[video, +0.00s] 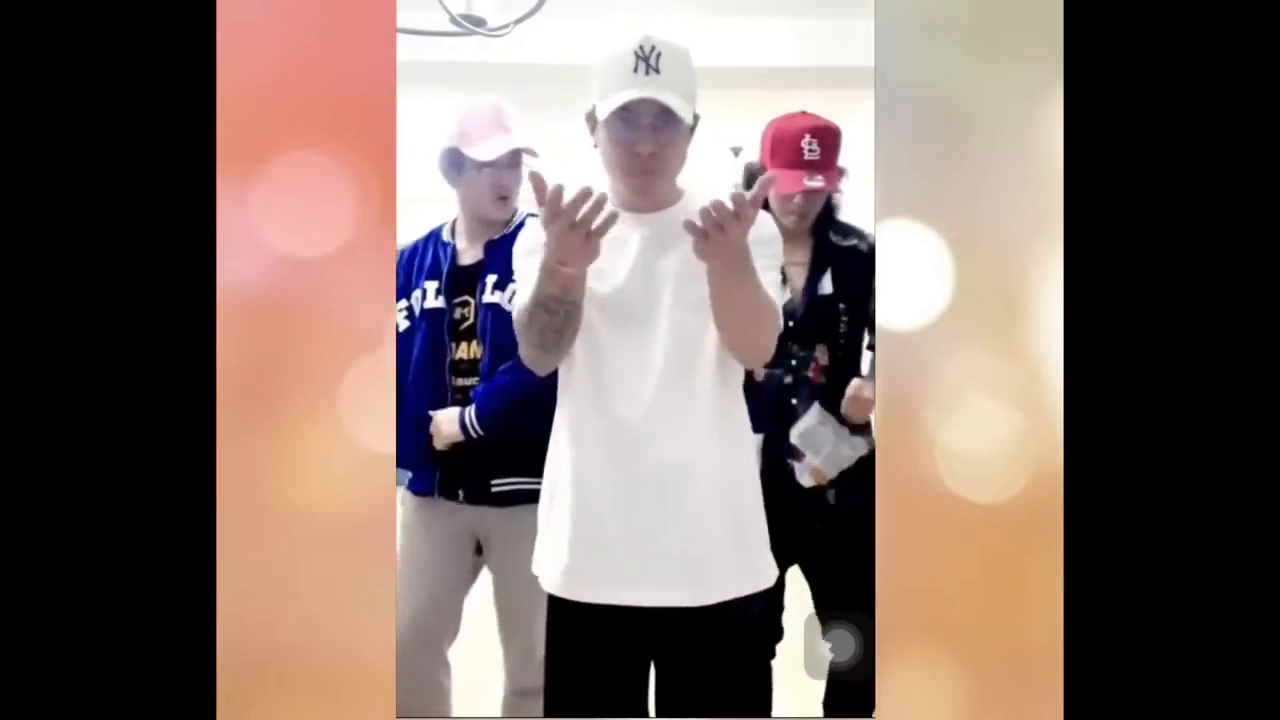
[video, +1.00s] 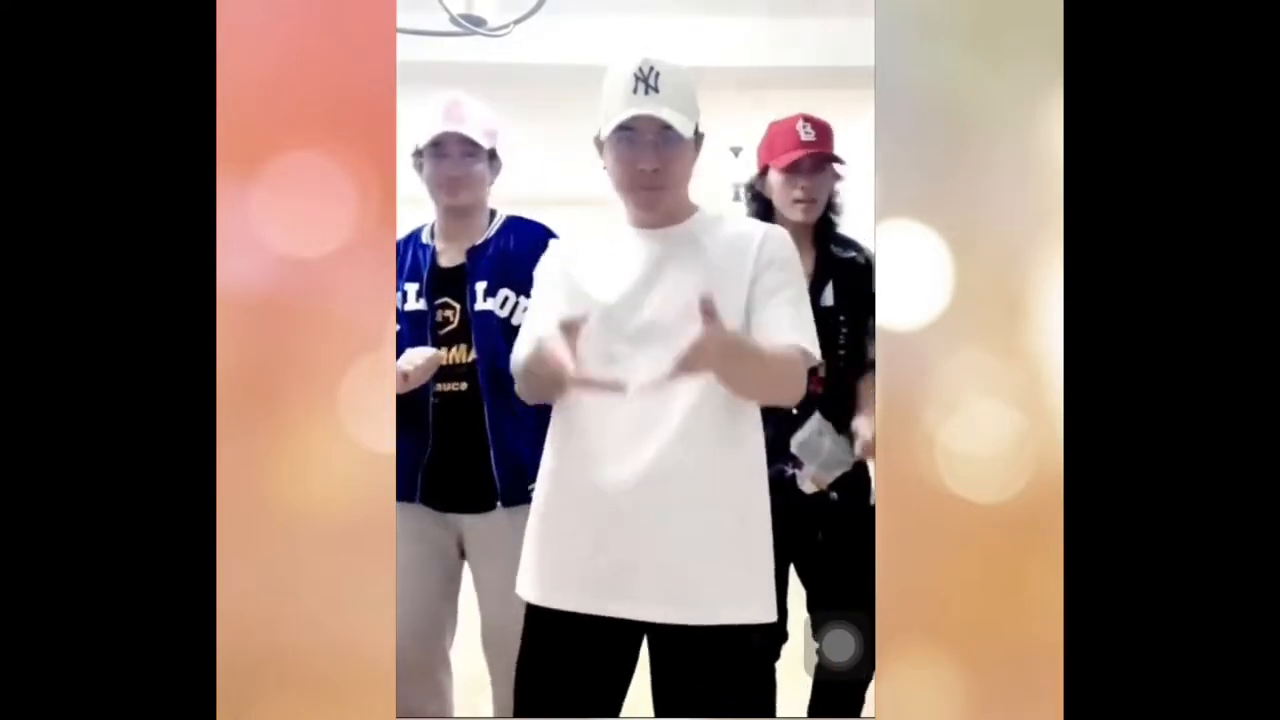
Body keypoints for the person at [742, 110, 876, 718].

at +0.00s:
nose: (808, 187)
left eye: (819, 175)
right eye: (794, 174)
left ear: (833, 179)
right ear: (764, 176)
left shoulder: (861, 255)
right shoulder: (735, 248)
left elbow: (895, 345)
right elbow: (711, 354)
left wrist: (874, 389)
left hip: (842, 477)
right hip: (749, 474)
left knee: (855, 644)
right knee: (745, 640)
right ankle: (745, 716)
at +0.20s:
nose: (812, 200)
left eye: (826, 188)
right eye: (800, 186)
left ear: (842, 189)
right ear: (774, 181)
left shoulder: (868, 263)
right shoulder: (739, 258)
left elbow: (889, 369)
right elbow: (717, 369)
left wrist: (862, 444)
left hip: (846, 486)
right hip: (757, 482)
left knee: (849, 651)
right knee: (754, 646)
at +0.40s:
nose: (817, 191)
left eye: (831, 179)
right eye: (804, 177)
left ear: (848, 179)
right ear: (777, 173)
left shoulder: (872, 253)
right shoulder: (736, 249)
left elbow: (897, 368)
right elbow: (711, 350)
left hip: (852, 475)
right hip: (764, 469)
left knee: (849, 644)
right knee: (759, 637)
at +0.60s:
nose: (809, 200)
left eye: (823, 187)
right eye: (796, 185)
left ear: (840, 191)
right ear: (771, 186)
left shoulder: (865, 272)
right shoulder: (738, 265)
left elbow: (882, 370)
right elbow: (714, 372)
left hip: (844, 490)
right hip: (753, 485)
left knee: (850, 660)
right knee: (750, 653)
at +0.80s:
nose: (804, 183)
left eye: (817, 171)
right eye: (791, 171)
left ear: (834, 175)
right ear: (766, 174)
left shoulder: (862, 252)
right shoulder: (738, 248)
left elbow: (895, 347)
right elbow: (713, 344)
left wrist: (871, 386)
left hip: (835, 472)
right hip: (746, 471)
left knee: (838, 636)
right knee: (745, 631)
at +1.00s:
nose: (806, 183)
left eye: (818, 170)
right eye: (791, 171)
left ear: (833, 180)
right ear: (764, 180)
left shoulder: (855, 266)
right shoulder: (736, 258)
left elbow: (866, 365)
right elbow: (718, 361)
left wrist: (865, 425)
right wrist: (733, 443)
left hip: (837, 485)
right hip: (752, 482)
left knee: (849, 651)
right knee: (750, 644)